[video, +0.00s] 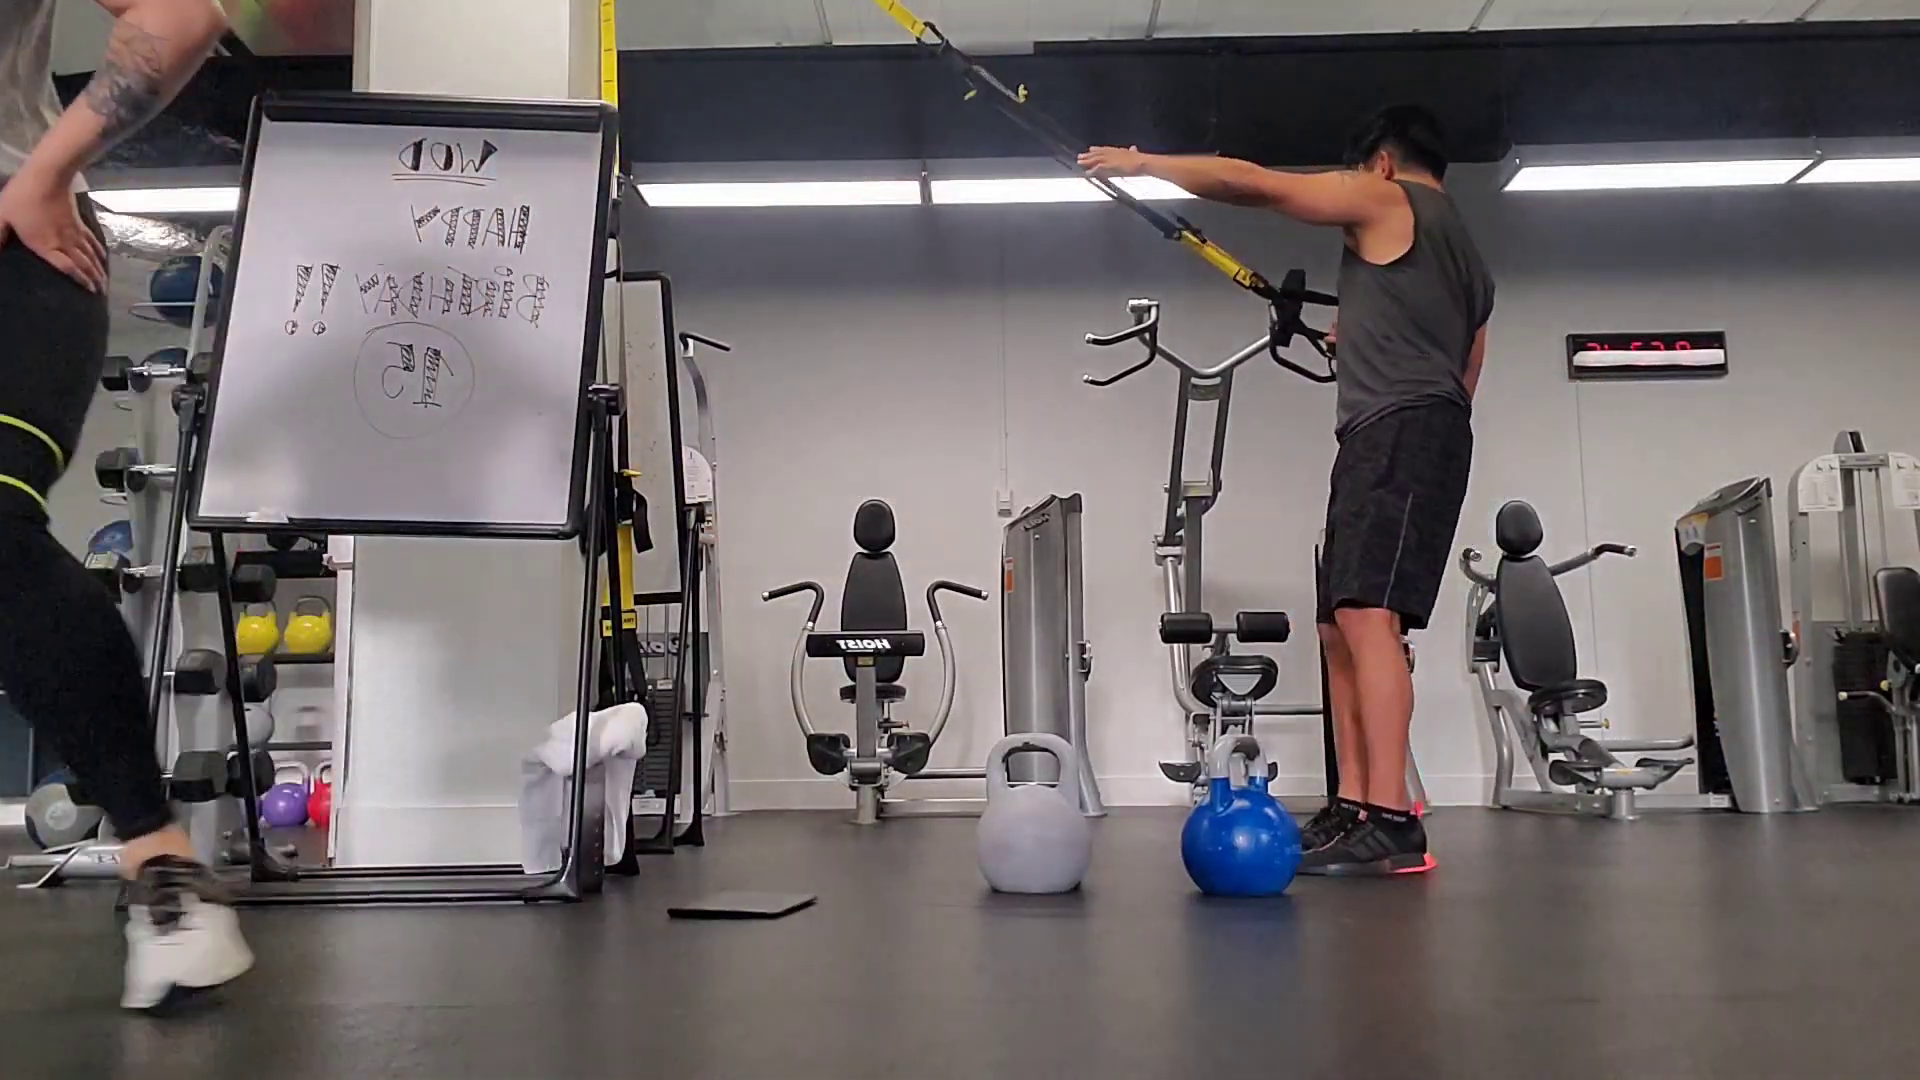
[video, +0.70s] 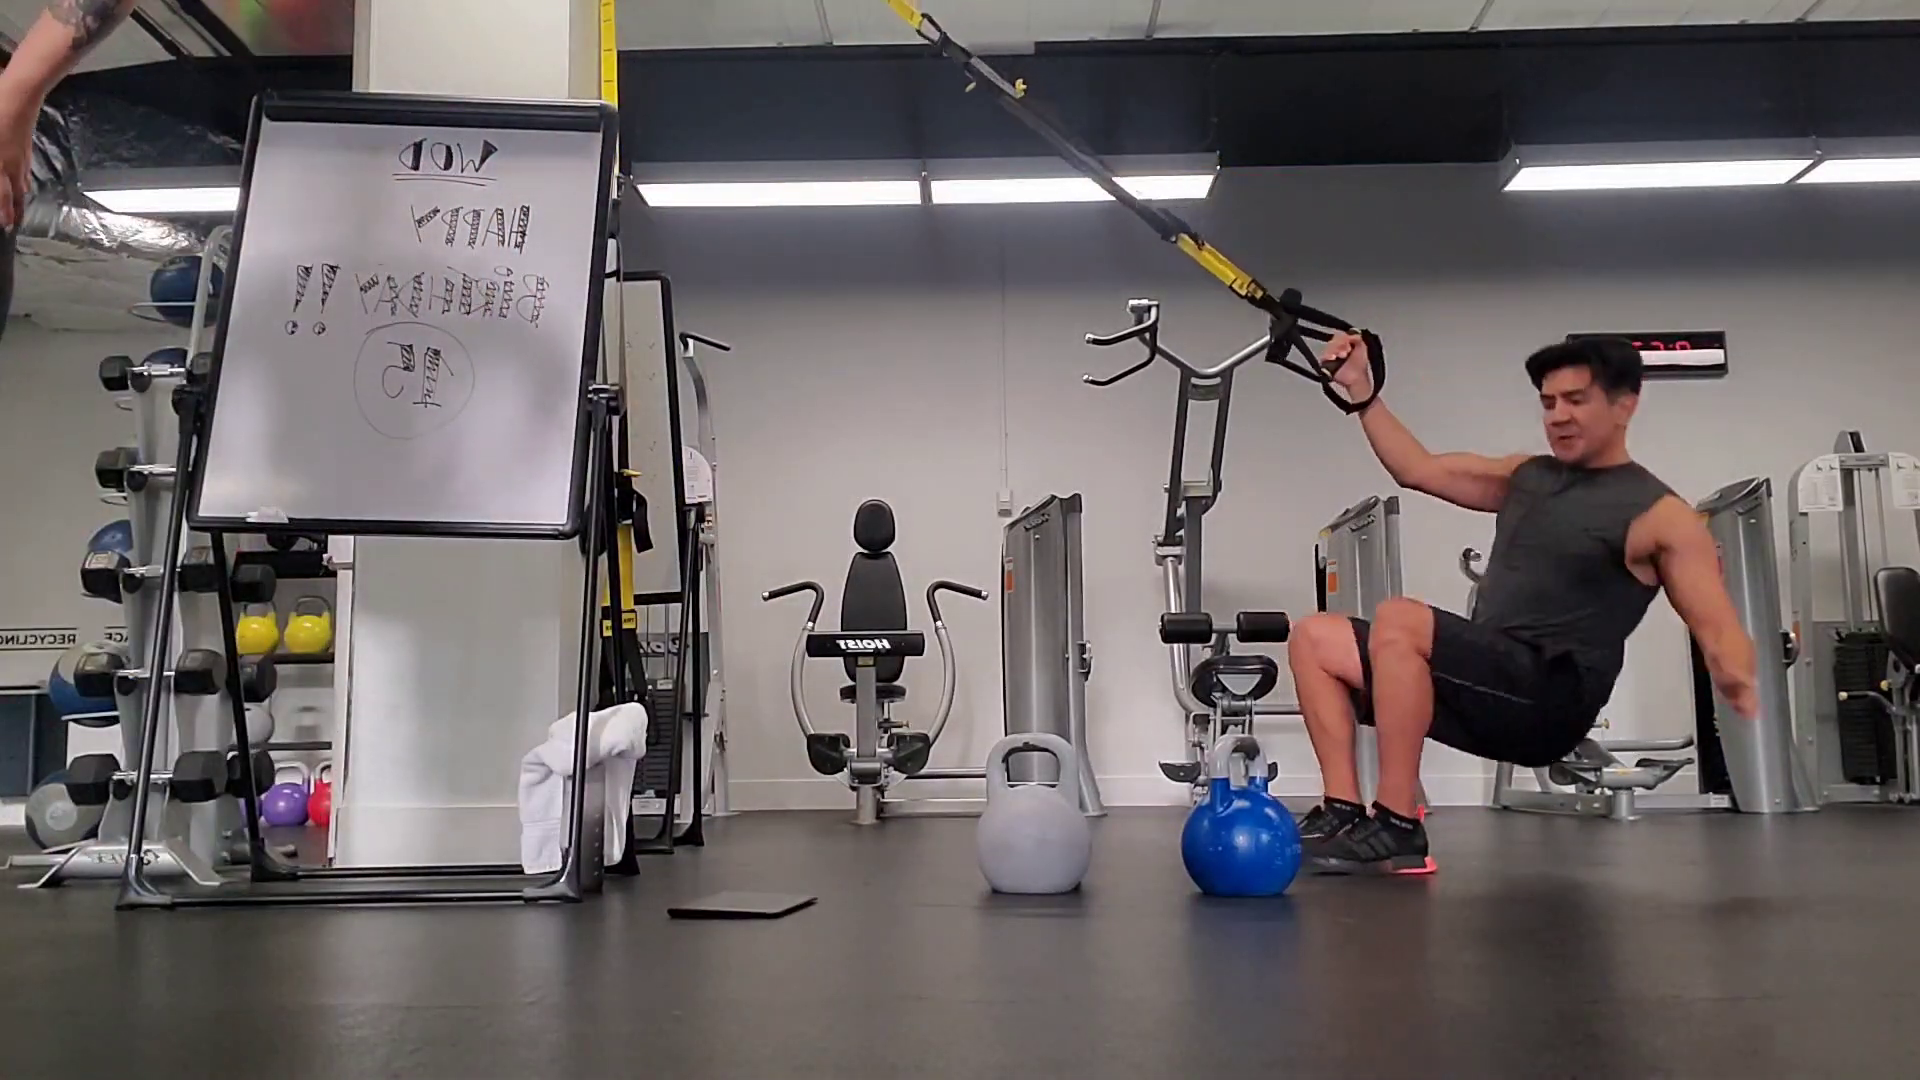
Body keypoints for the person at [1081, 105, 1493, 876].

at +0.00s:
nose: (1360, 178)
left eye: (1363, 166)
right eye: (1363, 167)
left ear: (1384, 159)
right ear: (1437, 169)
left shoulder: (1385, 197)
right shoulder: (1468, 257)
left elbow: (1261, 184)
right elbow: (1461, 383)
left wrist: (1142, 161)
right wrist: (1360, 343)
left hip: (1402, 427)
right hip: (1416, 433)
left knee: (1367, 616)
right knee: (1340, 624)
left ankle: (1392, 820)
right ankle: (1355, 810)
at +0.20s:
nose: (1387, 194)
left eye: (1392, 179)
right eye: (1386, 183)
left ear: (1436, 167)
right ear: (1437, 174)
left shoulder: (1462, 218)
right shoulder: (1437, 244)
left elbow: (1332, 206)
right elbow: (1432, 374)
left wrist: (1225, 177)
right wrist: (1378, 346)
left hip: (1445, 441)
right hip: (1402, 448)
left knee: (1359, 614)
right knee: (1311, 617)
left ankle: (1395, 822)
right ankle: (1347, 801)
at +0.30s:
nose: (1407, 222)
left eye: (1417, 203)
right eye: (1404, 209)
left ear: (1467, 197)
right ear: (1455, 207)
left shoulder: (1509, 263)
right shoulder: (1446, 299)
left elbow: (1412, 262)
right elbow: (1413, 420)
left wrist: (1300, 216)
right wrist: (1371, 361)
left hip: (1467, 482)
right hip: (1416, 486)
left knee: (1343, 621)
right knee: (1300, 629)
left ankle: (1394, 824)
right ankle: (1350, 809)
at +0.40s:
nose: (1441, 259)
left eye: (1455, 242)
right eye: (1437, 248)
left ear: (1506, 238)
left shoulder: (1547, 314)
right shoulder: (1471, 346)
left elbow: (1518, 353)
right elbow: (1404, 438)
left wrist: (1386, 291)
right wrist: (1370, 372)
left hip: (1487, 529)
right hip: (1434, 530)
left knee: (1335, 624)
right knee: (1288, 633)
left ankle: (1390, 822)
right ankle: (1347, 811)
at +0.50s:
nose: (1480, 310)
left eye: (1495, 293)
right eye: (1474, 300)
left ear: (1548, 293)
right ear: (1474, 312)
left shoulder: (1588, 379)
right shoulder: (1490, 393)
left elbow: (1601, 462)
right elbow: (1400, 448)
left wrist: (1486, 408)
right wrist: (1369, 374)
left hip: (1515, 578)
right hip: (1460, 575)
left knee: (1340, 625)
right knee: (1286, 638)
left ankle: (1389, 821)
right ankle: (1343, 809)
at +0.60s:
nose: (1519, 364)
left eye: (1535, 348)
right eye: (1512, 352)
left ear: (1587, 350)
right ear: (1505, 356)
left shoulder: (1628, 451)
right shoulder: (1507, 437)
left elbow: (1678, 566)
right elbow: (1406, 458)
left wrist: (1618, 564)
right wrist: (1365, 387)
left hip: (1536, 641)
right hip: (1471, 628)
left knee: (1362, 621)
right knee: (1297, 637)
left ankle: (1393, 822)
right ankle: (1342, 811)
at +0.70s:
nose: (1556, 415)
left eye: (1574, 400)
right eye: (1548, 402)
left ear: (1625, 405)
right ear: (1541, 408)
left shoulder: (1663, 515)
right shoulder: (1525, 477)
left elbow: (1713, 620)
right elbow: (1417, 468)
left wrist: (1734, 674)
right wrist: (1364, 396)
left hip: (1551, 699)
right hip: (1480, 683)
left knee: (1400, 623)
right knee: (1313, 638)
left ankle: (1398, 824)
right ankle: (1343, 813)